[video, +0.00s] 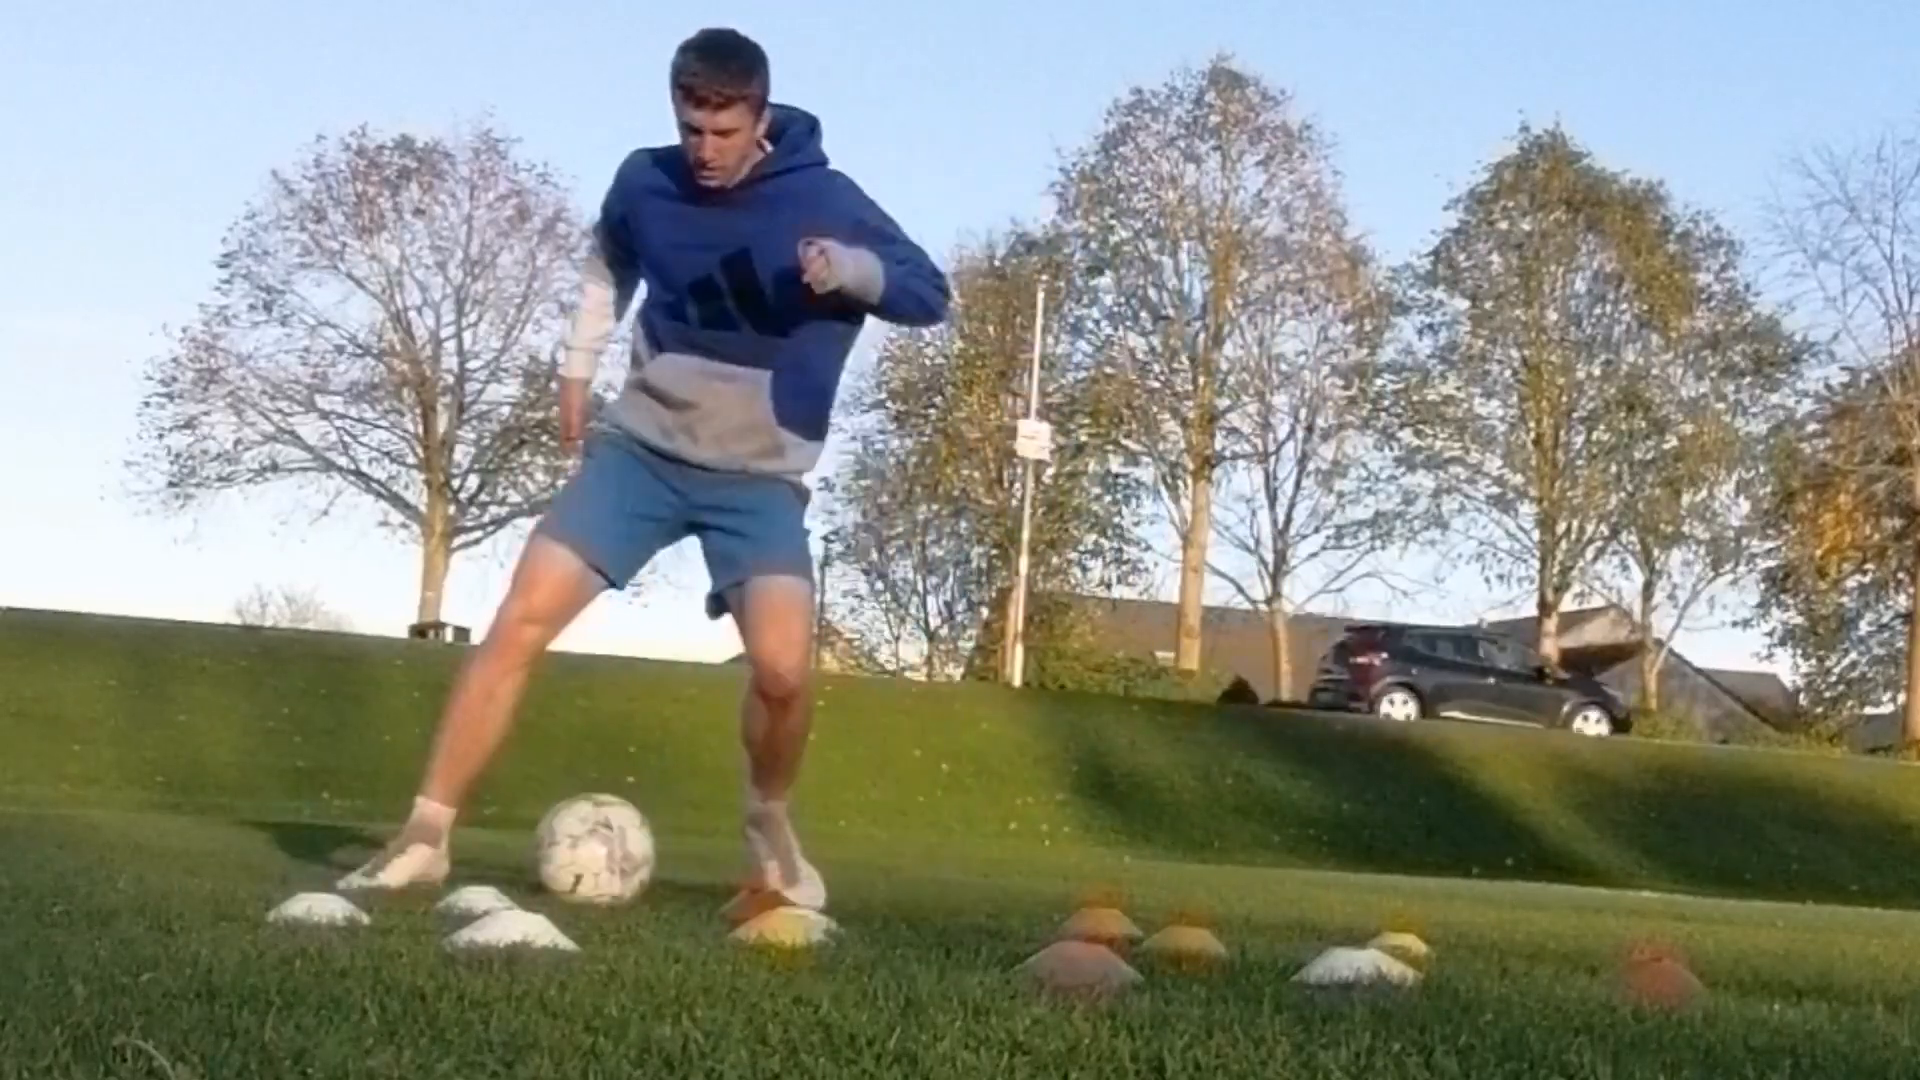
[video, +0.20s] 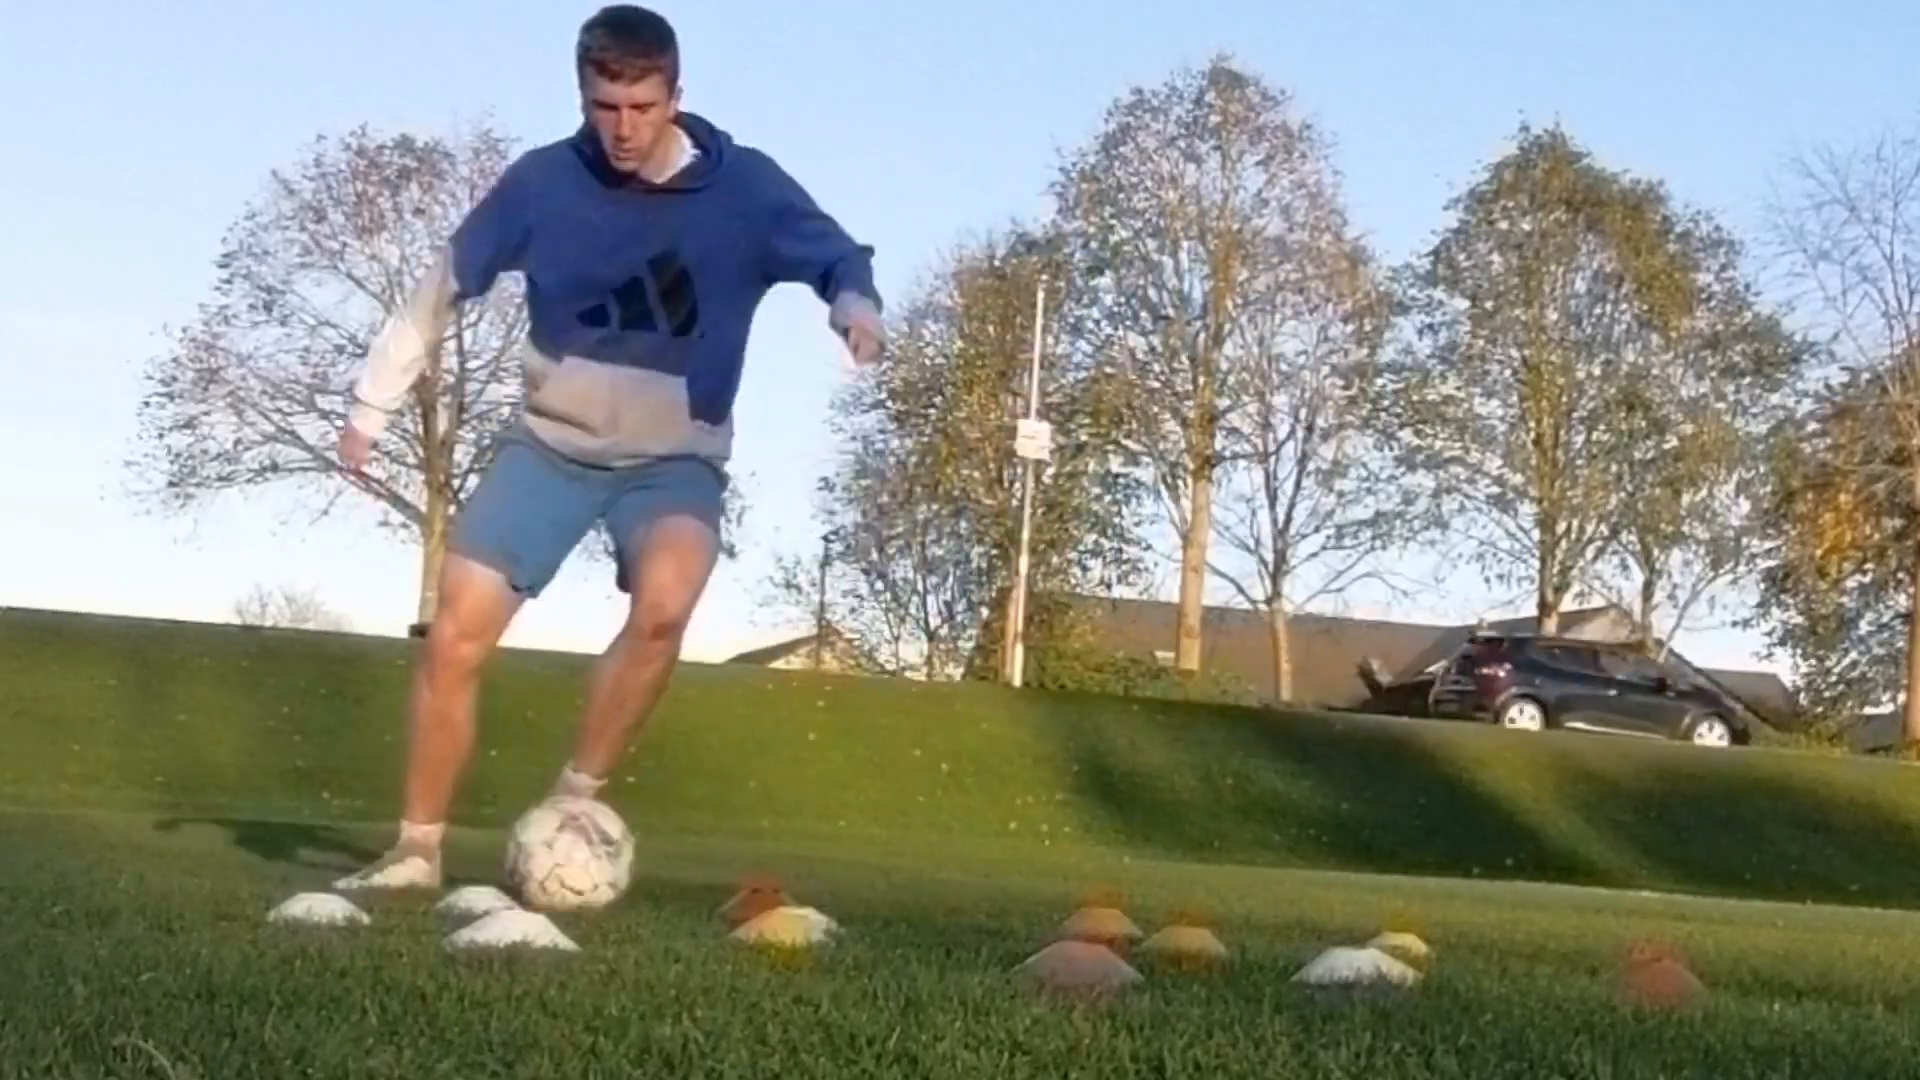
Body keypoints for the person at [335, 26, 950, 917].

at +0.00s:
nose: (706, 141)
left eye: (726, 123)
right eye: (694, 121)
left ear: (762, 114)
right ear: (677, 109)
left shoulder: (824, 201)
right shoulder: (645, 184)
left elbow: (931, 294)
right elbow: (607, 266)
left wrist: (853, 270)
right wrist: (575, 374)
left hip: (760, 483)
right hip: (636, 452)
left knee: (785, 676)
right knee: (522, 619)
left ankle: (770, 821)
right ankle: (425, 836)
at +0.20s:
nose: (622, 127)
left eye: (641, 107)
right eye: (605, 106)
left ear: (674, 93)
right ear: (584, 95)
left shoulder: (745, 185)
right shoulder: (540, 183)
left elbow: (837, 257)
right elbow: (440, 290)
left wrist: (855, 305)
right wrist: (369, 405)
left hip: (676, 465)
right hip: (547, 451)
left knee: (667, 605)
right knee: (453, 637)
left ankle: (571, 812)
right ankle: (417, 853)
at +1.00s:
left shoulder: (714, 10)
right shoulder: (484, 0)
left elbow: (798, 85)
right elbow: (413, 27)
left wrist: (841, 123)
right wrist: (376, 33)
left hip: (621, 311)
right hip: (475, 297)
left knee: (609, 554)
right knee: (368, 510)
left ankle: (619, 796)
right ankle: (498, 764)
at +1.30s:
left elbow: (663, 94)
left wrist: (580, 25)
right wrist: (95, 25)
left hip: (421, 286)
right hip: (264, 220)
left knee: (419, 575)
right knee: (127, 442)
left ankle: (429, 856)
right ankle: (18, 767)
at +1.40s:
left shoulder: (461, 11)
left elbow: (494, 153)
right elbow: (110, 14)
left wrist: (426, 180)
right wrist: (100, 18)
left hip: (362, 326)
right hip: (184, 284)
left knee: (405, 599)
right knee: (45, 536)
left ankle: (271, 732)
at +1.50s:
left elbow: (410, 187)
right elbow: (69, 79)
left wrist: (352, 285)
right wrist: (61, 177)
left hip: (311, 364)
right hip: (129, 321)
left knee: (413, 603)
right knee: (5, 565)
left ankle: (147, 700)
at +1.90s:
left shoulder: (631, 17)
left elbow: (567, 156)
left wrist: (691, 217)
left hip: (462, 234)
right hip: (353, 197)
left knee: (605, 507)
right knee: (476, 492)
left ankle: (488, 807)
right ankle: (413, 897)